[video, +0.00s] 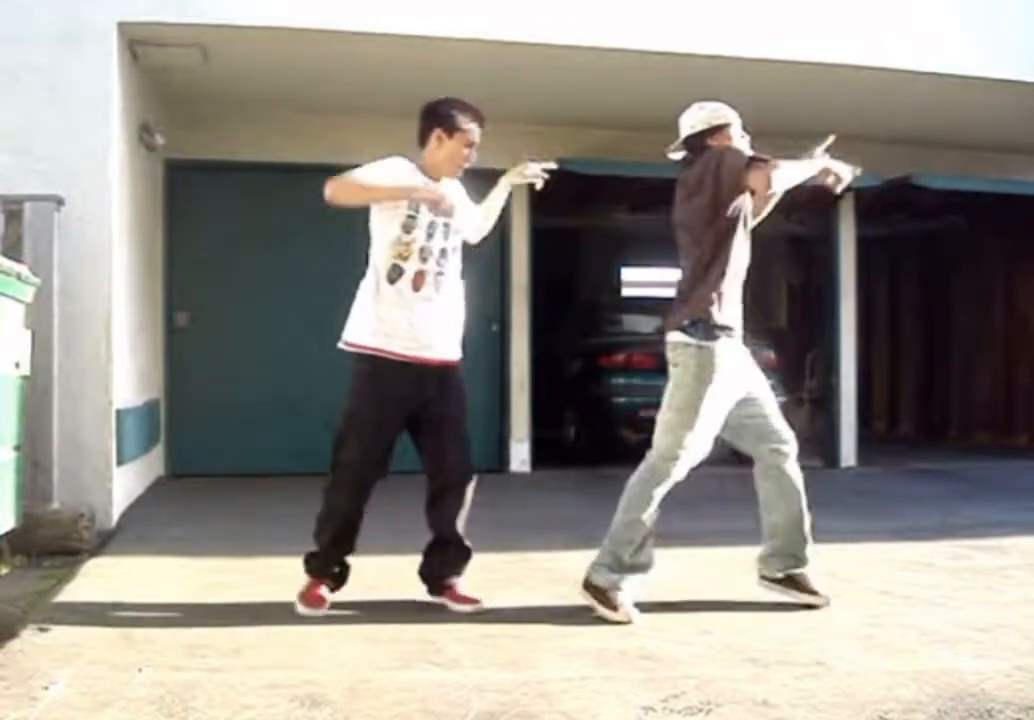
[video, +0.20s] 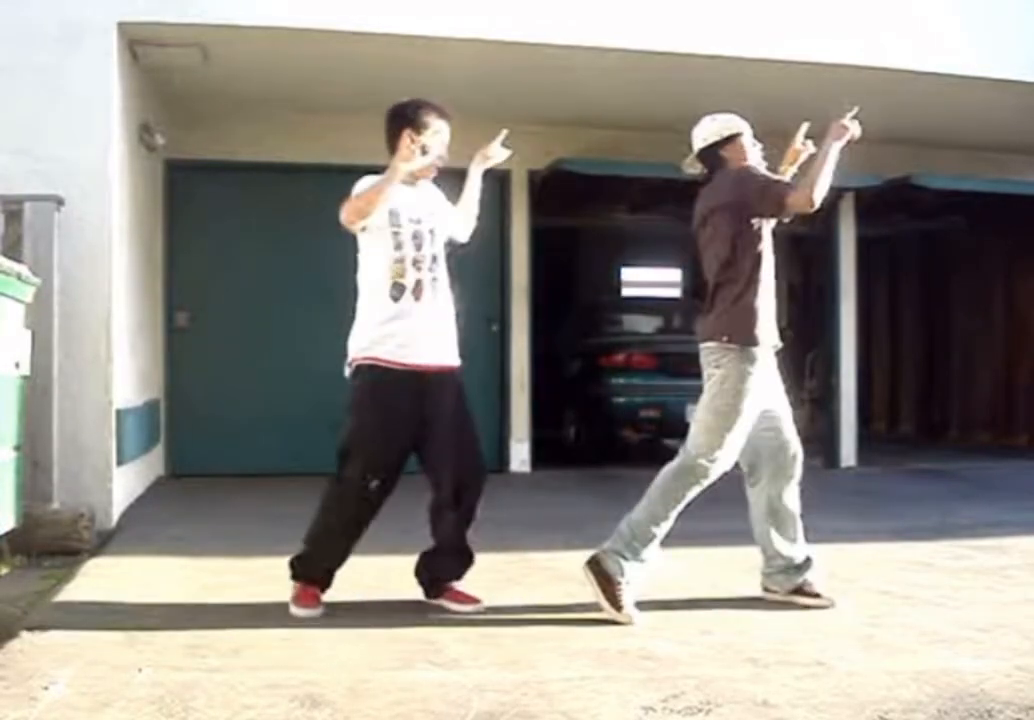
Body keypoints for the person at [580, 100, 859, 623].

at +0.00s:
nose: (744, 141)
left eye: (740, 134)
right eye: (736, 133)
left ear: (702, 141)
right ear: (715, 136)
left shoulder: (705, 184)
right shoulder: (714, 163)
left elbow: (753, 209)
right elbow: (772, 173)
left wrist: (807, 173)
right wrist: (818, 161)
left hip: (723, 344)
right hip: (703, 343)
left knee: (776, 446)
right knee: (669, 458)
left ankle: (786, 565)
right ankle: (607, 575)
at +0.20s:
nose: (757, 150)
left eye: (752, 142)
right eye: (749, 143)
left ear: (711, 156)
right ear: (729, 150)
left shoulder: (710, 196)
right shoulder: (741, 184)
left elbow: (761, 209)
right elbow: (805, 199)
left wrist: (785, 167)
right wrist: (834, 144)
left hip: (747, 347)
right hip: (740, 346)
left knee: (779, 456)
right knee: (702, 460)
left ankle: (785, 574)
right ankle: (616, 561)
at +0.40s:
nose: (778, 157)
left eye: (776, 151)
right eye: (771, 150)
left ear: (737, 161)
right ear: (750, 156)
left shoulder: (733, 202)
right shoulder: (753, 188)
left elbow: (766, 225)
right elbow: (814, 208)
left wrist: (788, 183)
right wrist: (837, 154)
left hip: (753, 351)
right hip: (745, 349)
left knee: (795, 456)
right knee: (703, 460)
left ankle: (787, 572)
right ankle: (614, 562)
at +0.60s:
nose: (841, 188)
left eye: (842, 179)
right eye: (835, 177)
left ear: (805, 177)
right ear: (814, 172)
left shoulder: (785, 209)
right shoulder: (791, 195)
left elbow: (769, 267)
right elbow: (807, 225)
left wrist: (815, 270)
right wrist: (863, 230)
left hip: (750, 352)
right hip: (721, 344)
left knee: (784, 459)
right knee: (700, 459)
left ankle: (787, 573)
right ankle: (624, 569)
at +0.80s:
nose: (868, 255)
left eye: (870, 245)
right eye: (863, 243)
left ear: (849, 244)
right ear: (836, 239)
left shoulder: (817, 283)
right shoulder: (802, 269)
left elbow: (775, 328)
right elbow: (765, 321)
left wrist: (826, 336)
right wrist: (836, 325)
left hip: (733, 374)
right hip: (693, 368)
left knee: (784, 458)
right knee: (699, 477)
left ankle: (784, 574)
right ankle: (624, 579)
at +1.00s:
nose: (832, 241)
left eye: (841, 233)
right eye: (824, 230)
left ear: (851, 241)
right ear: (808, 230)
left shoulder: (813, 276)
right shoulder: (795, 260)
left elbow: (787, 320)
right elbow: (769, 289)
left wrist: (825, 351)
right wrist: (830, 330)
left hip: (740, 379)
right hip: (694, 373)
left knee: (790, 460)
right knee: (693, 476)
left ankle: (787, 572)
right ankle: (628, 582)